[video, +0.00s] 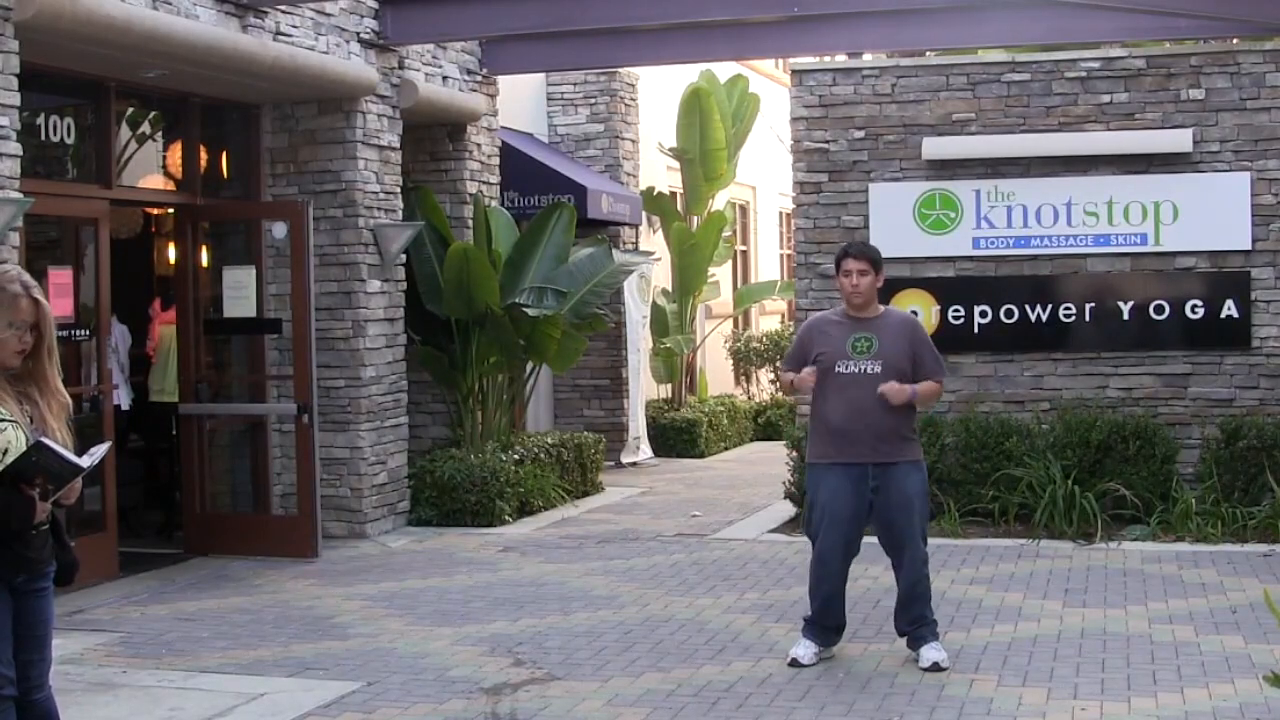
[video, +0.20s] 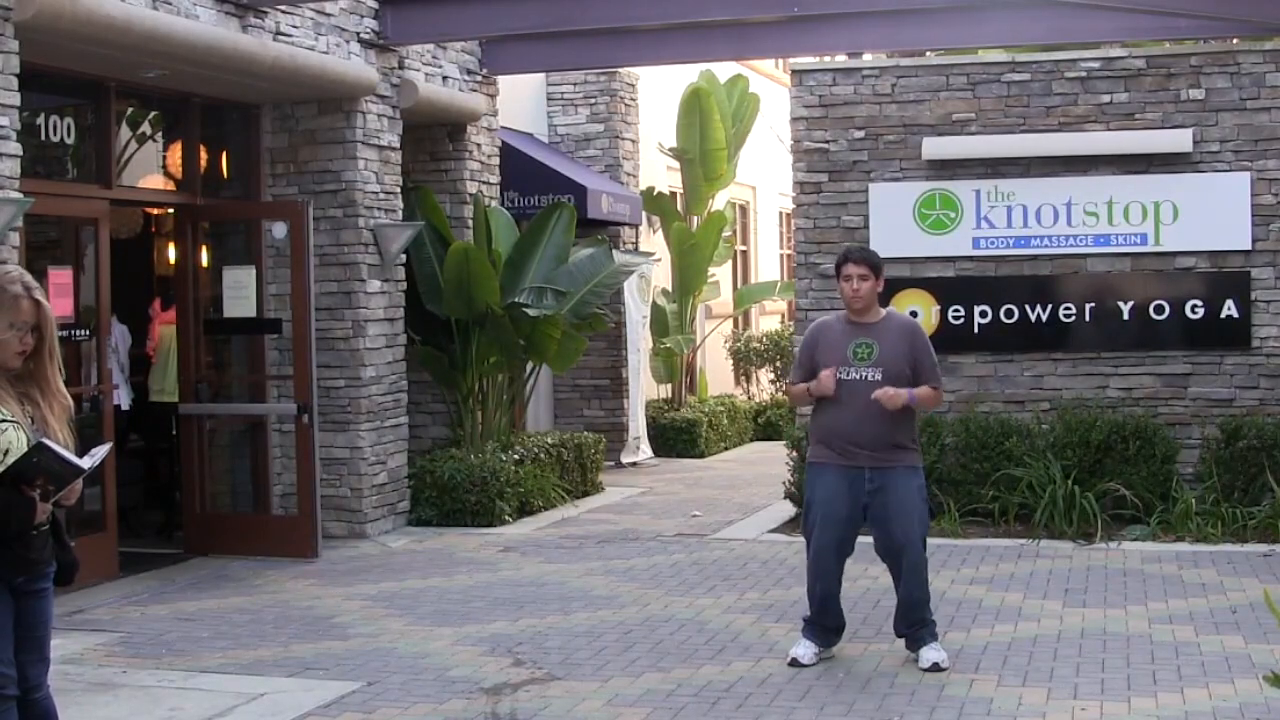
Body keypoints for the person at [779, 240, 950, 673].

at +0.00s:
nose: (853, 281)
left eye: (862, 274)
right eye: (846, 274)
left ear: (879, 279)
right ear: (836, 281)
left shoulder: (906, 326)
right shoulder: (814, 329)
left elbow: (934, 386)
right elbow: (785, 377)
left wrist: (909, 392)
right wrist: (797, 380)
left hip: (899, 461)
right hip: (832, 462)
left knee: (911, 551)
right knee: (828, 551)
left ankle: (923, 637)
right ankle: (818, 634)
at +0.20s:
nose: (854, 287)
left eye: (862, 279)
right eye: (846, 279)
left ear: (879, 283)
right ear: (837, 285)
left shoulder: (908, 330)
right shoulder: (819, 332)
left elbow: (935, 395)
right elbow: (793, 394)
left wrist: (907, 395)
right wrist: (813, 387)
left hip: (897, 465)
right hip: (831, 464)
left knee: (908, 548)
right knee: (823, 550)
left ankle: (922, 637)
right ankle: (818, 634)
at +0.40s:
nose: (859, 282)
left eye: (867, 274)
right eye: (851, 275)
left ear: (882, 278)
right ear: (841, 282)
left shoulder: (912, 325)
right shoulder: (819, 330)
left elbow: (940, 385)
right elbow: (798, 378)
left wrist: (920, 379)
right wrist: (802, 396)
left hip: (906, 458)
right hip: (841, 461)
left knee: (915, 548)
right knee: (837, 550)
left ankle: (924, 636)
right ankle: (818, 634)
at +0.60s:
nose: (858, 288)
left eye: (866, 280)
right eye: (850, 281)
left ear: (882, 284)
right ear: (840, 287)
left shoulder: (911, 334)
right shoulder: (820, 333)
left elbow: (937, 393)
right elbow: (791, 397)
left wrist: (919, 400)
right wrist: (802, 380)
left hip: (905, 462)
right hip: (840, 465)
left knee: (917, 543)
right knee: (843, 552)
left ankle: (923, 637)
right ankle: (821, 636)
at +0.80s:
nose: (858, 284)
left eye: (866, 276)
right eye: (850, 277)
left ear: (881, 281)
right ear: (840, 284)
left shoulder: (908, 330)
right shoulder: (820, 330)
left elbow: (930, 396)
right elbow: (793, 388)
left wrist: (904, 390)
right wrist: (817, 405)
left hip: (896, 464)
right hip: (830, 464)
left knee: (911, 547)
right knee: (820, 552)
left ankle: (923, 637)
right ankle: (817, 634)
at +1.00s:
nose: (860, 283)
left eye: (868, 274)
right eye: (852, 275)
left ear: (883, 279)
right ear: (842, 283)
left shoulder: (911, 326)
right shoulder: (821, 331)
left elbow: (938, 392)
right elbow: (796, 383)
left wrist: (909, 378)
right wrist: (802, 416)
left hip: (902, 459)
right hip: (837, 461)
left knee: (913, 551)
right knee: (832, 552)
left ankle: (924, 637)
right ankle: (817, 635)